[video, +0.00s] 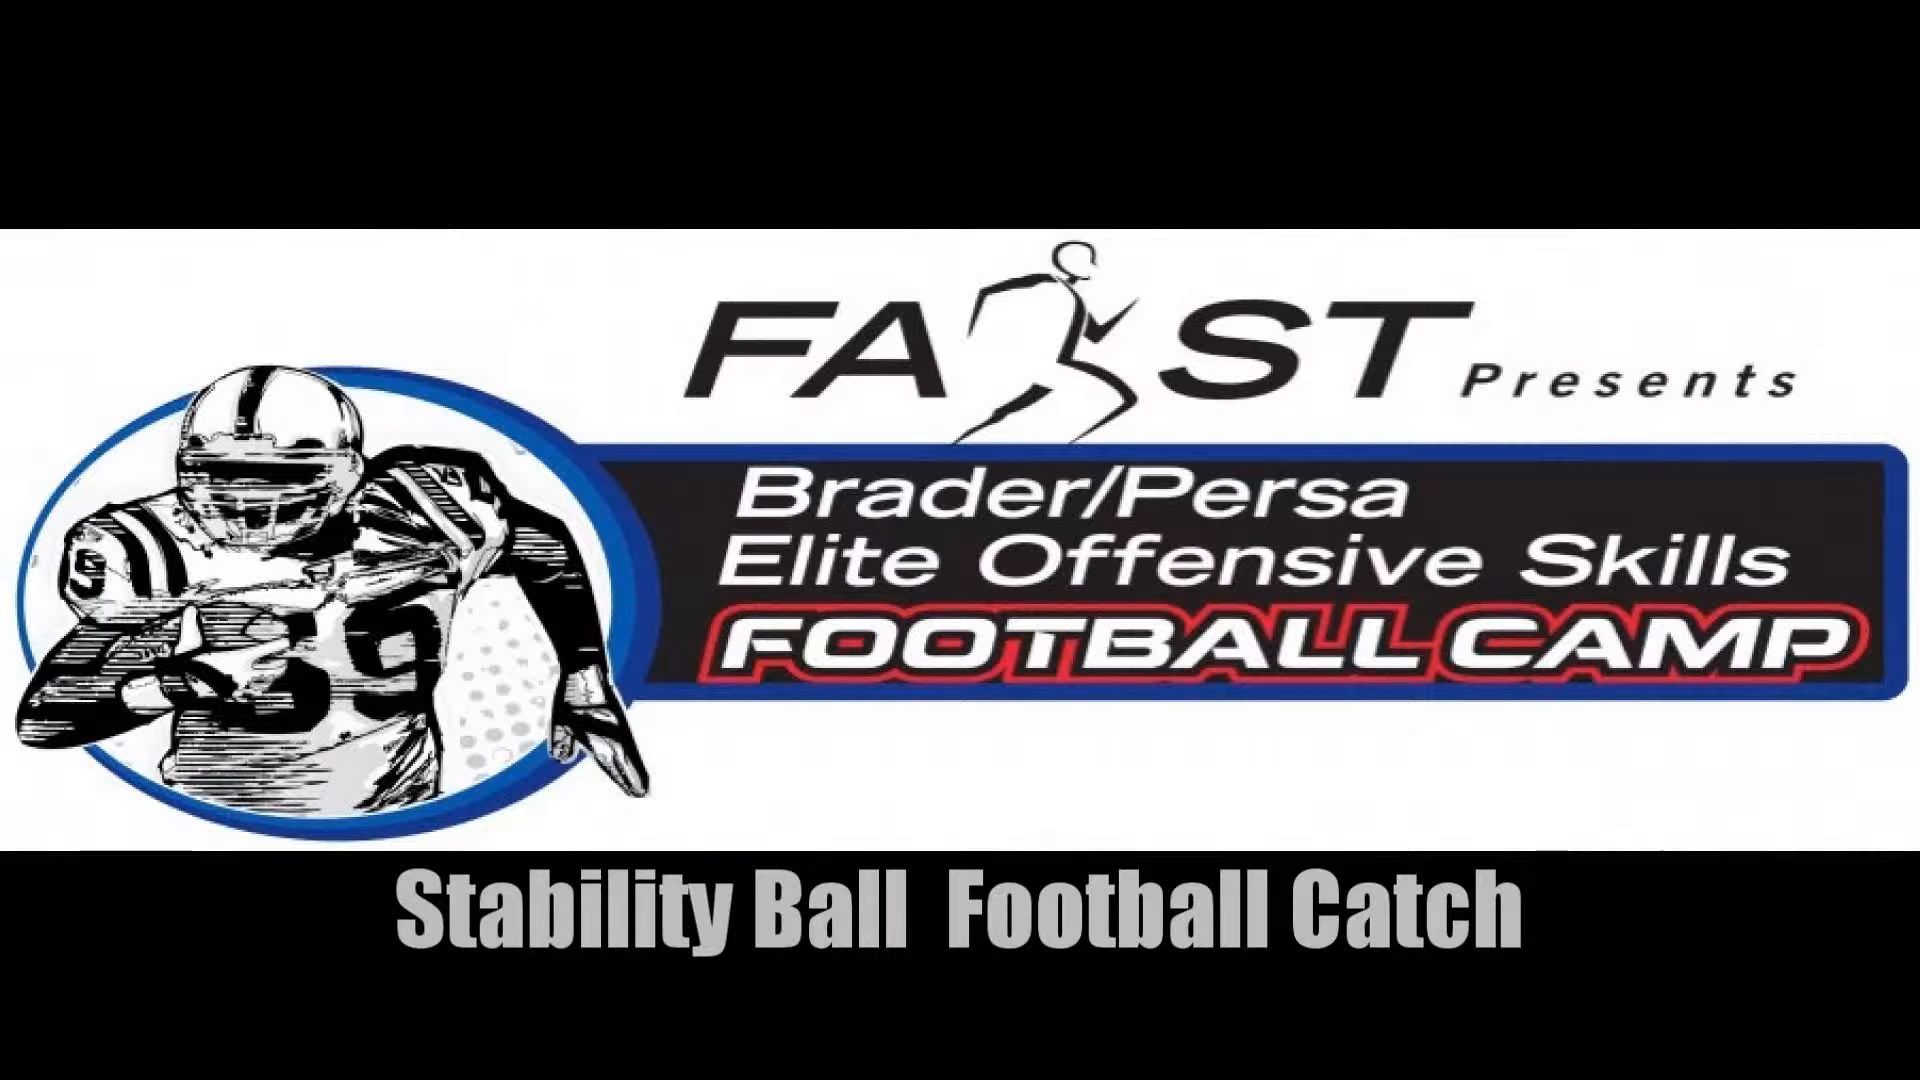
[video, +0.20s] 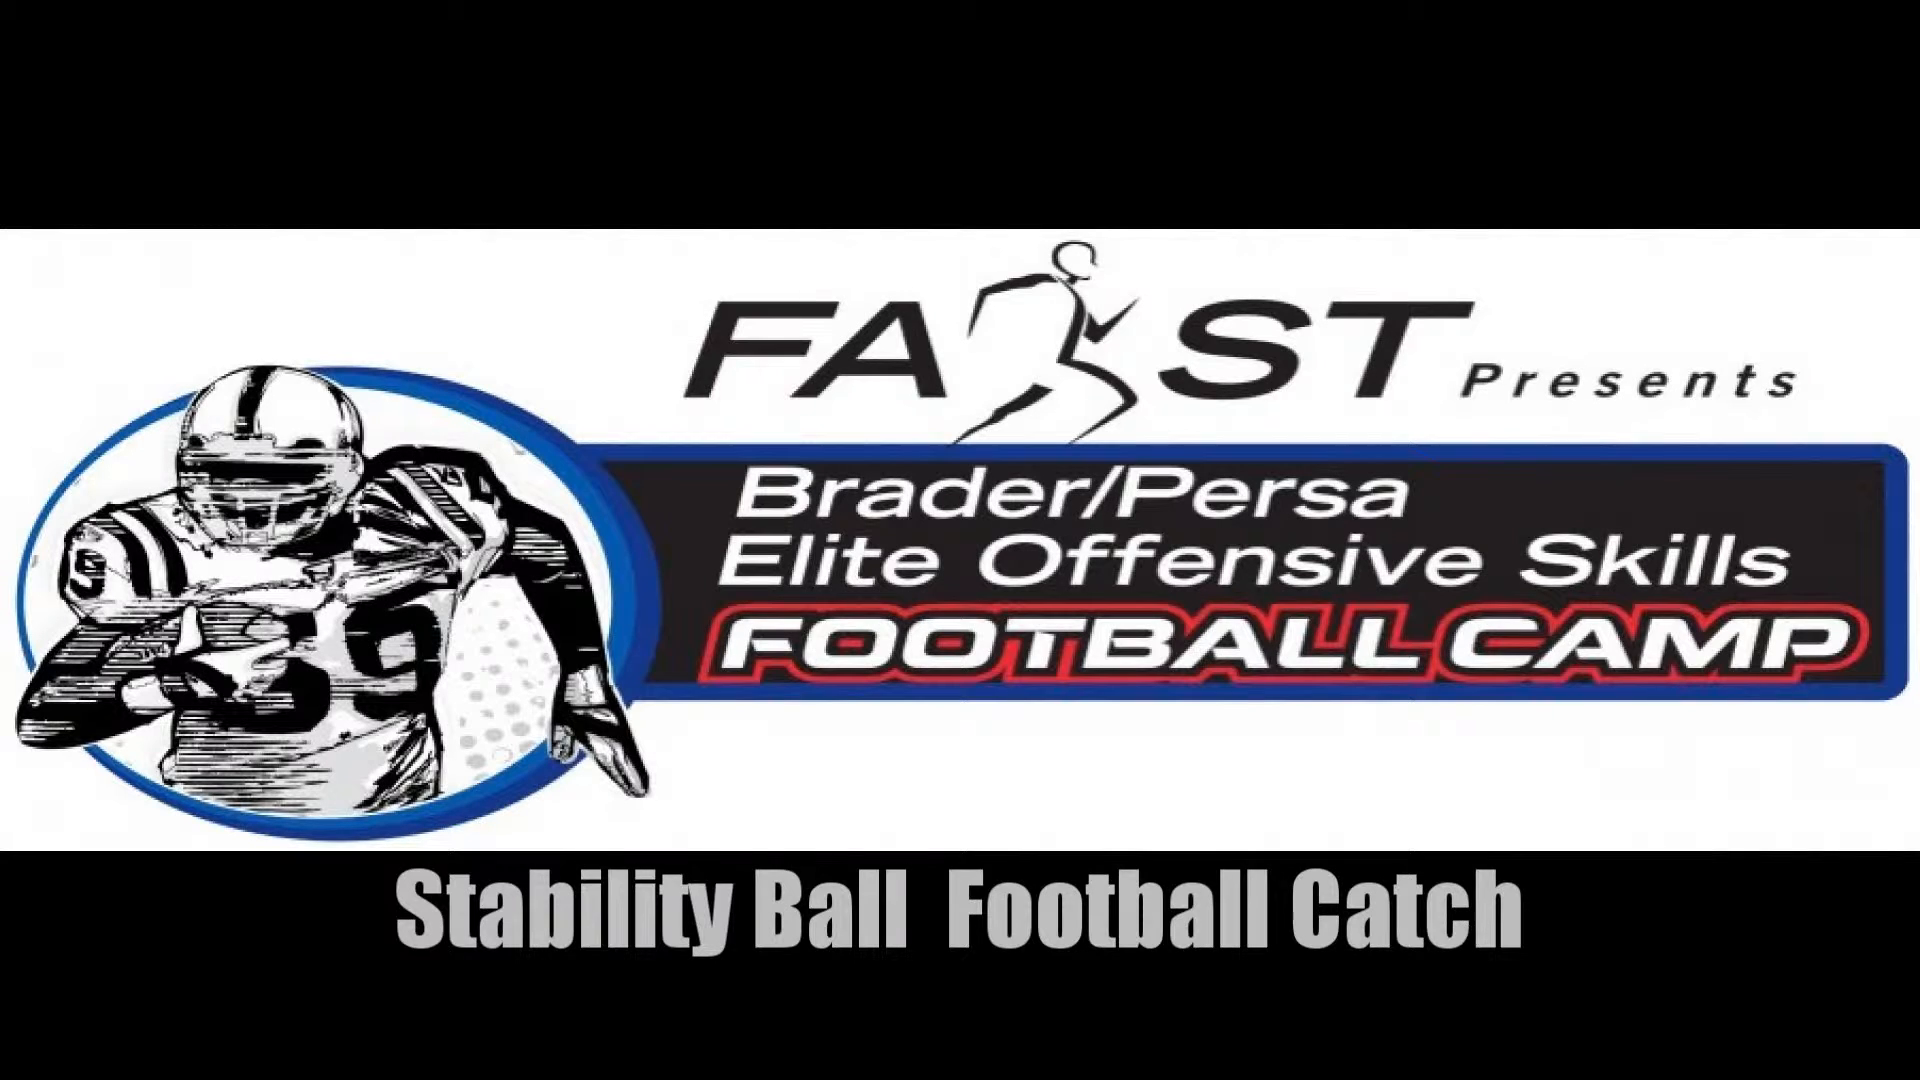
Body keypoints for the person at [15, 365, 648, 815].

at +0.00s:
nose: (253, 515)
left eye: (280, 493)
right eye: (230, 493)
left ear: (336, 479)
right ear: (195, 479)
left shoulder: (423, 508)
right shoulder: (140, 549)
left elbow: (546, 548)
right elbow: (43, 716)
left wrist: (585, 672)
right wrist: (172, 683)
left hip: (387, 812)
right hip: (219, 816)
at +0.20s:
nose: (248, 518)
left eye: (277, 496)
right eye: (227, 494)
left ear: (336, 482)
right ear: (194, 480)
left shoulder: (427, 510)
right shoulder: (140, 549)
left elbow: (544, 546)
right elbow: (43, 715)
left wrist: (585, 670)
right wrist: (178, 682)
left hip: (388, 811)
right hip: (219, 815)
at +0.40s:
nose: (252, 515)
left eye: (280, 494)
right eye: (229, 492)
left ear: (336, 480)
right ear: (194, 479)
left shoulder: (425, 508)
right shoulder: (142, 549)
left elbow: (546, 548)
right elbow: (43, 716)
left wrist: (585, 672)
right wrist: (175, 683)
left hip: (386, 813)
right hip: (218, 816)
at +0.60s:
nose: (248, 518)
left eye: (277, 496)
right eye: (227, 494)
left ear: (336, 482)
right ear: (194, 480)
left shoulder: (427, 510)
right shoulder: (140, 549)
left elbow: (544, 546)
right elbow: (43, 715)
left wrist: (585, 670)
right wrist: (178, 682)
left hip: (388, 811)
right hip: (219, 815)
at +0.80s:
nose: (248, 518)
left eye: (277, 496)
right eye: (227, 494)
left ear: (336, 482)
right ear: (194, 480)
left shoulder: (427, 510)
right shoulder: (140, 549)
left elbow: (544, 546)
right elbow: (43, 716)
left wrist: (585, 670)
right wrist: (178, 683)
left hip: (388, 811)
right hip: (219, 815)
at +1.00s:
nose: (248, 518)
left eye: (277, 496)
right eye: (227, 494)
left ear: (336, 482)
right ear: (194, 480)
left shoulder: (427, 510)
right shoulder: (140, 549)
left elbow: (544, 546)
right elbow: (43, 716)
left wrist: (585, 670)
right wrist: (178, 683)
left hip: (388, 811)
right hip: (219, 815)